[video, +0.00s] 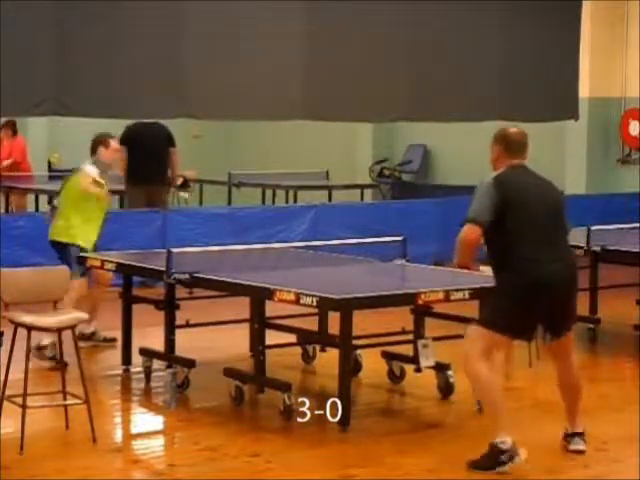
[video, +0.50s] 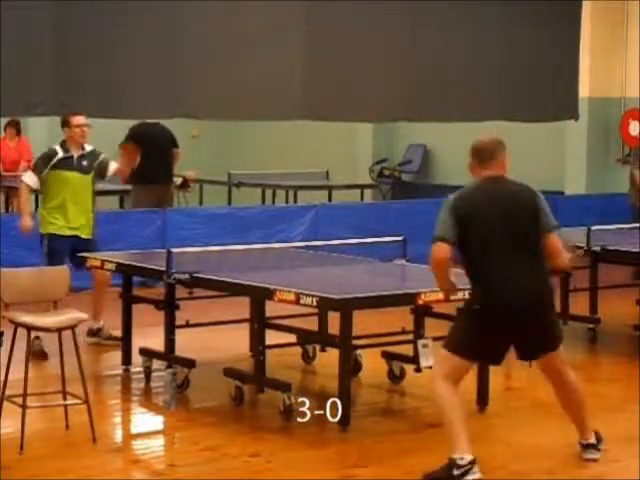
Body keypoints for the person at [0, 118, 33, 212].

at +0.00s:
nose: (5, 133)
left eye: (7, 130)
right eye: (4, 130)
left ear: (12, 130)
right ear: (2, 130)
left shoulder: (18, 141)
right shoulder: (4, 141)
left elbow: (17, 158)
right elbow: (3, 156)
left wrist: (5, 163)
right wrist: (4, 162)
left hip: (20, 177)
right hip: (8, 176)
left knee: (19, 205)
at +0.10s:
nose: (6, 132)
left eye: (9, 129)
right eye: (5, 129)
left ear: (14, 130)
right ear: (3, 130)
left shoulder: (19, 141)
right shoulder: (3, 141)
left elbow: (18, 157)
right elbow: (2, 154)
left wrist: (5, 158)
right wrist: (6, 158)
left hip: (20, 176)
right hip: (7, 176)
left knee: (19, 204)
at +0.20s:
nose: (7, 132)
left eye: (10, 129)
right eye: (6, 129)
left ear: (15, 130)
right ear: (4, 130)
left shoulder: (22, 140)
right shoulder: (3, 140)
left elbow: (22, 156)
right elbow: (2, 154)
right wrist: (12, 156)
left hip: (21, 175)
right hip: (6, 175)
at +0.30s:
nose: (8, 132)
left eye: (10, 129)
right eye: (6, 129)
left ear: (15, 130)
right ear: (4, 130)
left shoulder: (22, 140)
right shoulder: (3, 141)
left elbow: (25, 156)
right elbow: (2, 156)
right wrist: (7, 159)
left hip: (19, 175)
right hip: (5, 175)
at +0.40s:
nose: (8, 132)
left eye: (11, 129)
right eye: (6, 129)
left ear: (16, 130)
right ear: (4, 130)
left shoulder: (22, 141)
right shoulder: (3, 141)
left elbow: (23, 157)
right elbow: (2, 156)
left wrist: (11, 167)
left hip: (19, 171)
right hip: (4, 170)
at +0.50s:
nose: (10, 132)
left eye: (13, 129)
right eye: (8, 129)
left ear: (17, 130)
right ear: (5, 130)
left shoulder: (23, 142)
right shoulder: (2, 141)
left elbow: (26, 159)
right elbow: (1, 158)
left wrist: (19, 171)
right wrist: (2, 171)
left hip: (18, 174)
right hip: (4, 174)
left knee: (16, 191)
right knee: (4, 191)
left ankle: (17, 213)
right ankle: (5, 212)